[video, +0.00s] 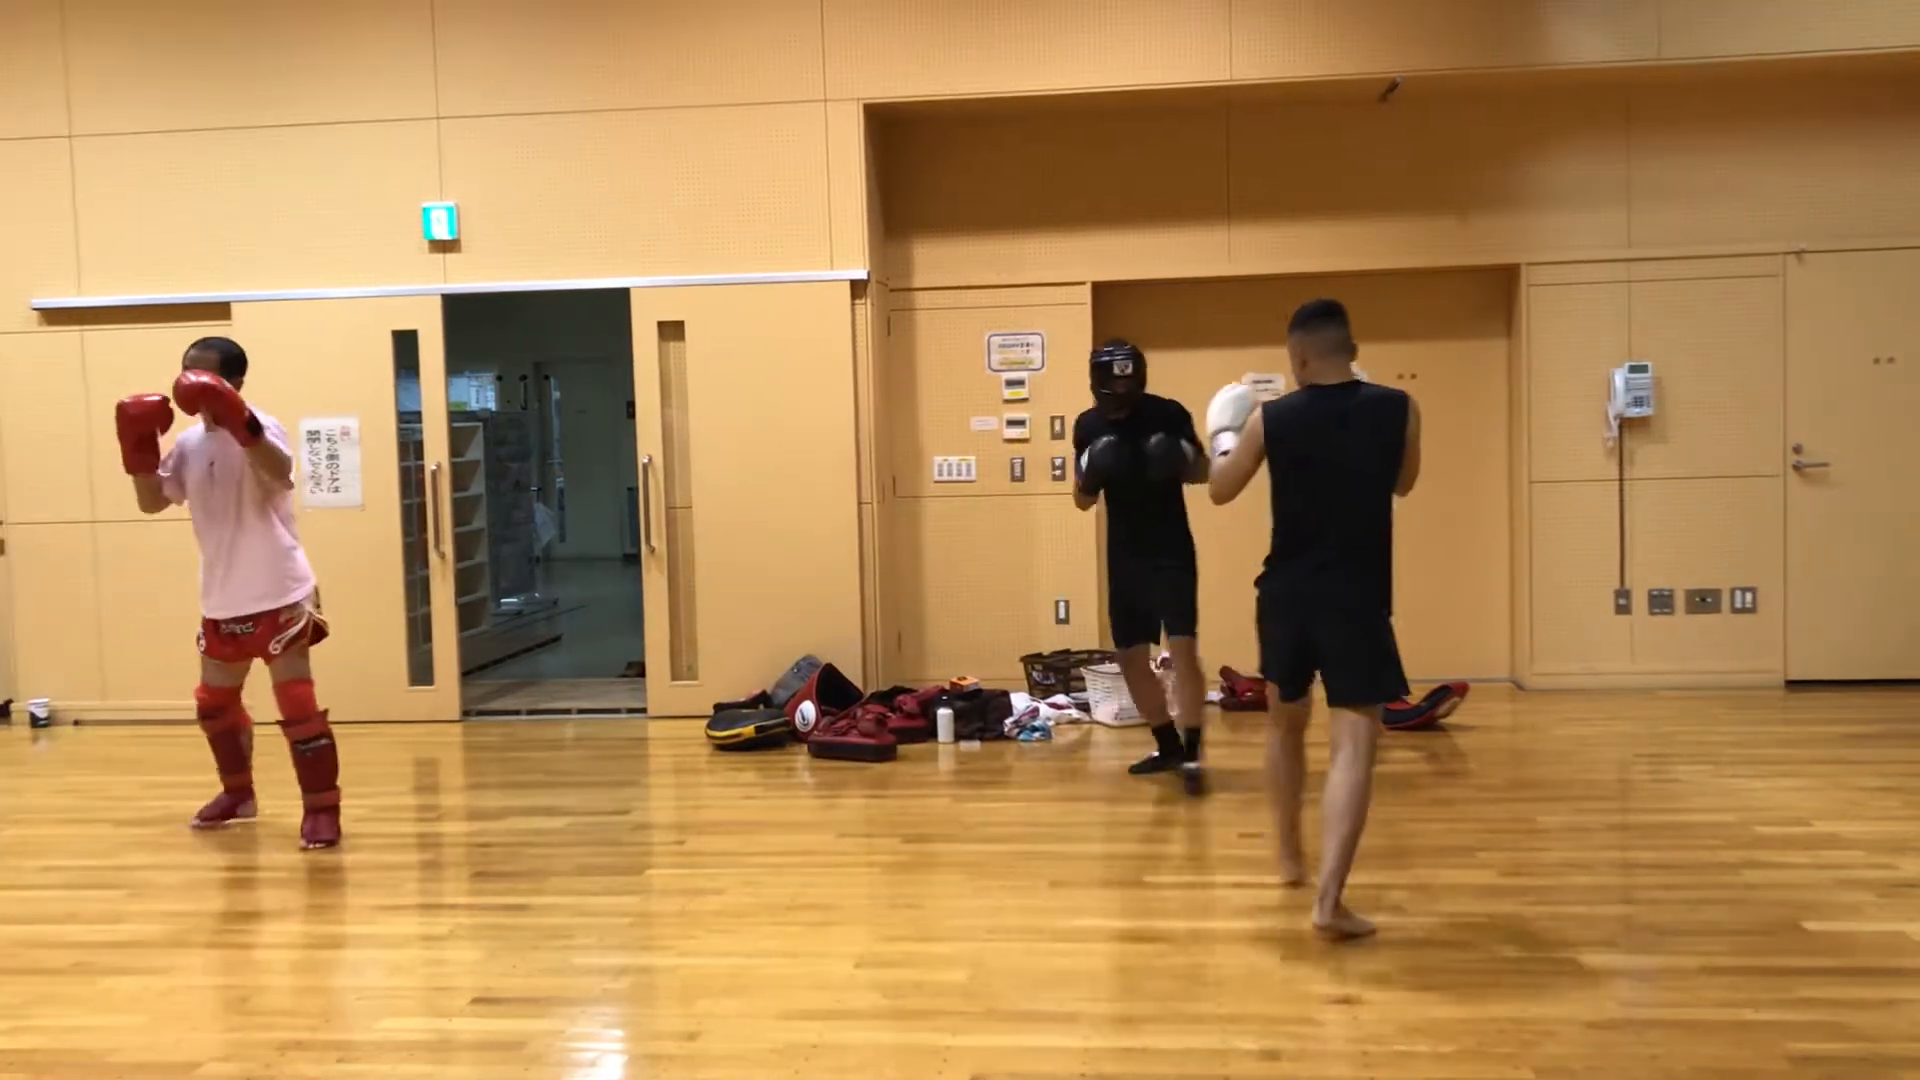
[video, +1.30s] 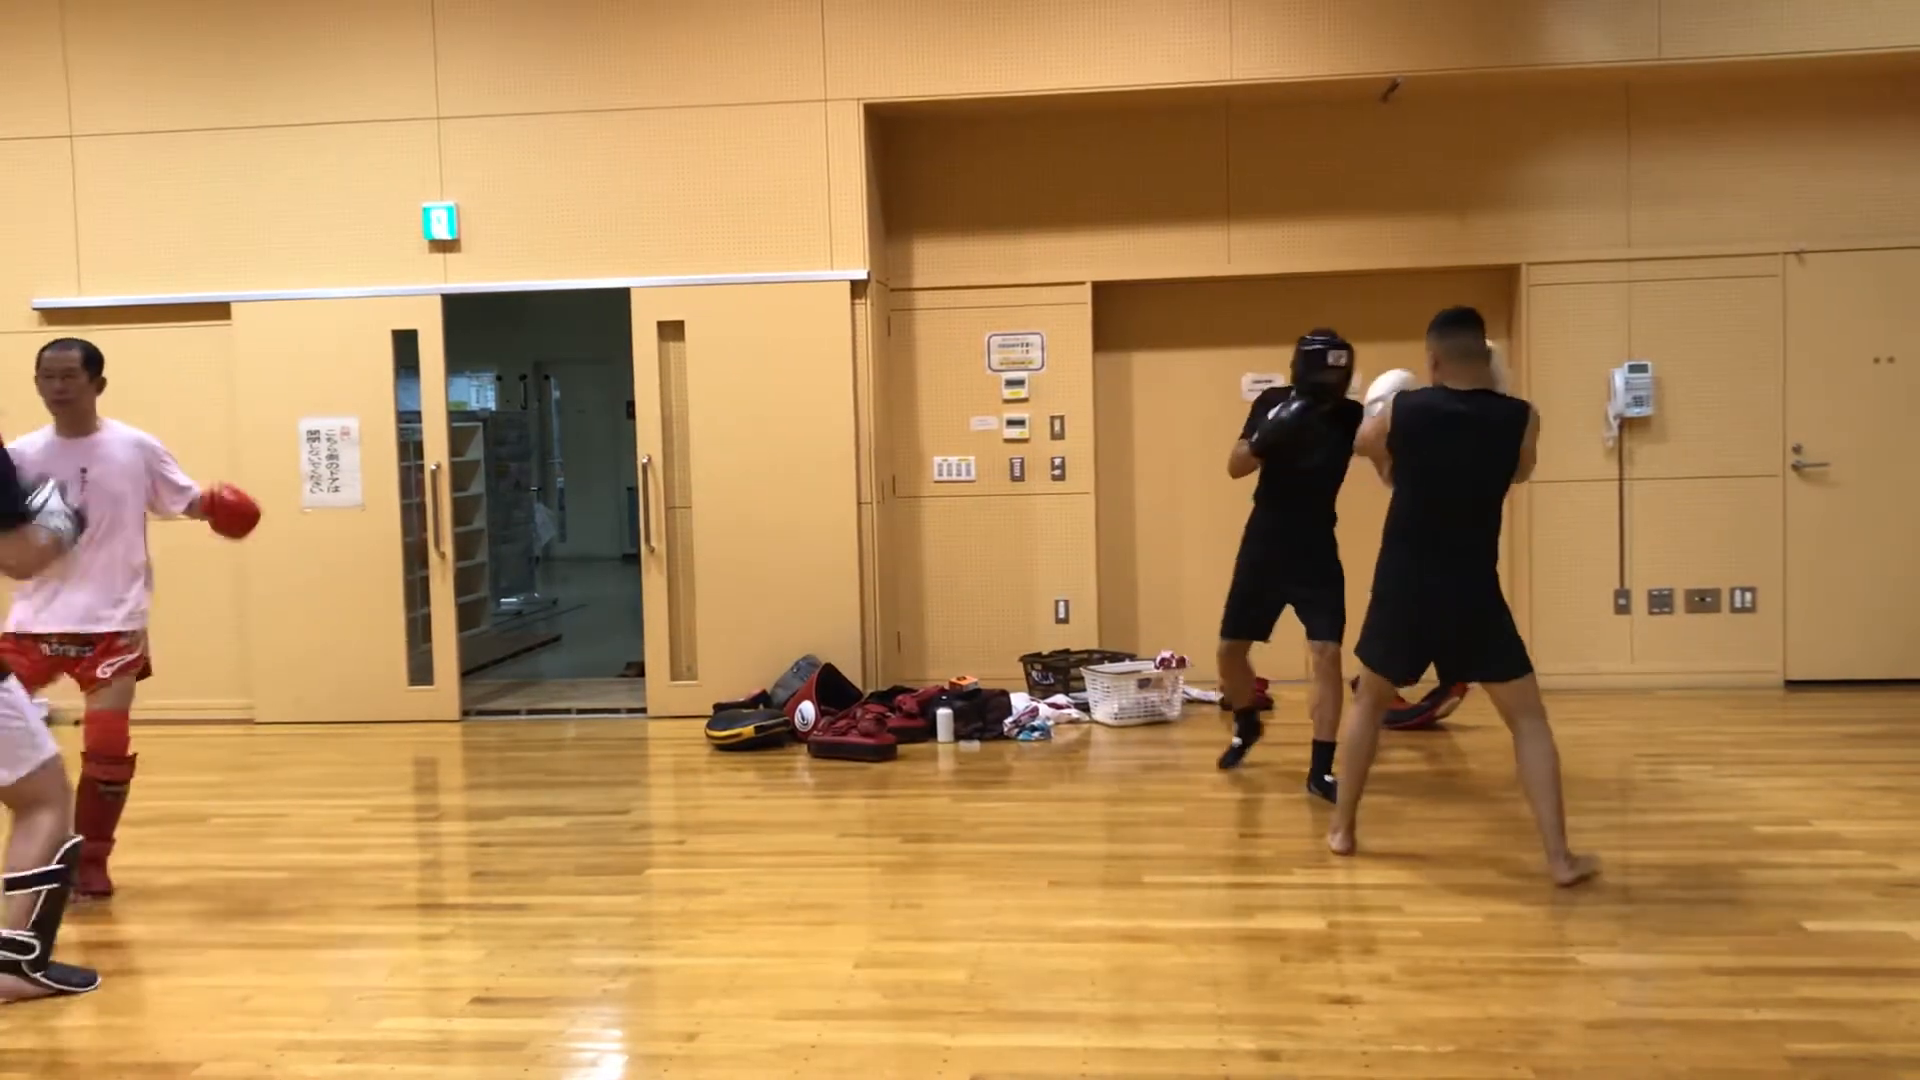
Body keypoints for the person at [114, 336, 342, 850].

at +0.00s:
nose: (194, 389)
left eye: (204, 378)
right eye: (189, 378)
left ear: (233, 382)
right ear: (183, 385)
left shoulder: (263, 429)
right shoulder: (188, 444)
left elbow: (282, 474)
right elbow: (153, 498)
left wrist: (238, 422)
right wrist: (138, 445)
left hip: (280, 587)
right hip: (223, 593)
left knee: (295, 700)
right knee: (216, 701)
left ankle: (321, 809)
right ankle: (237, 793)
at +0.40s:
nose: (143, 388)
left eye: (155, 379)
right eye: (138, 378)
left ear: (185, 385)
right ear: (133, 383)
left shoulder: (217, 439)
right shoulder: (138, 447)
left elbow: (274, 495)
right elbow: (102, 504)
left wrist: (247, 481)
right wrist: (87, 455)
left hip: (231, 592)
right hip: (178, 599)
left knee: (228, 704)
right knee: (199, 710)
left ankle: (254, 808)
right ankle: (229, 796)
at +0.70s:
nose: (123, 385)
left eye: (135, 377)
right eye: (117, 376)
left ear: (165, 385)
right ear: (110, 381)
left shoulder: (188, 439)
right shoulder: (105, 451)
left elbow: (241, 492)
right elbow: (77, 516)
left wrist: (210, 454)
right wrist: (57, 471)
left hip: (199, 595)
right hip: (139, 600)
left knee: (191, 719)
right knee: (131, 716)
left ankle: (203, 828)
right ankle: (203, 784)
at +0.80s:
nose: (107, 384)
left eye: (120, 374)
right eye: (101, 373)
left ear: (152, 381)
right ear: (93, 377)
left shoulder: (178, 433)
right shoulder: (87, 444)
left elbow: (215, 482)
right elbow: (49, 502)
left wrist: (171, 442)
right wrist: (38, 453)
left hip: (182, 598)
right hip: (116, 601)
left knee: (185, 720)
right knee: (86, 715)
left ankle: (202, 833)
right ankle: (133, 807)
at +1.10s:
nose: (61, 385)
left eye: (75, 376)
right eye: (54, 375)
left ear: (102, 384)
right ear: (43, 380)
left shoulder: (131, 443)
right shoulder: (36, 452)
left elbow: (192, 500)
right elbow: (6, 523)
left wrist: (154, 499)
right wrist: (2, 470)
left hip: (135, 607)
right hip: (66, 611)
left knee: (140, 725)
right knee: (56, 733)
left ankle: (154, 829)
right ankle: (77, 832)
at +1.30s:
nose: (57, 386)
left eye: (69, 376)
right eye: (48, 376)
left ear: (97, 383)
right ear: (36, 383)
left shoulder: (135, 449)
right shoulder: (20, 458)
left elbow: (183, 496)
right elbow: (9, 531)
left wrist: (219, 504)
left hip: (114, 618)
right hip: (34, 618)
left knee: (107, 740)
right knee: (4, 722)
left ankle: (90, 861)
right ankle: (33, 843)